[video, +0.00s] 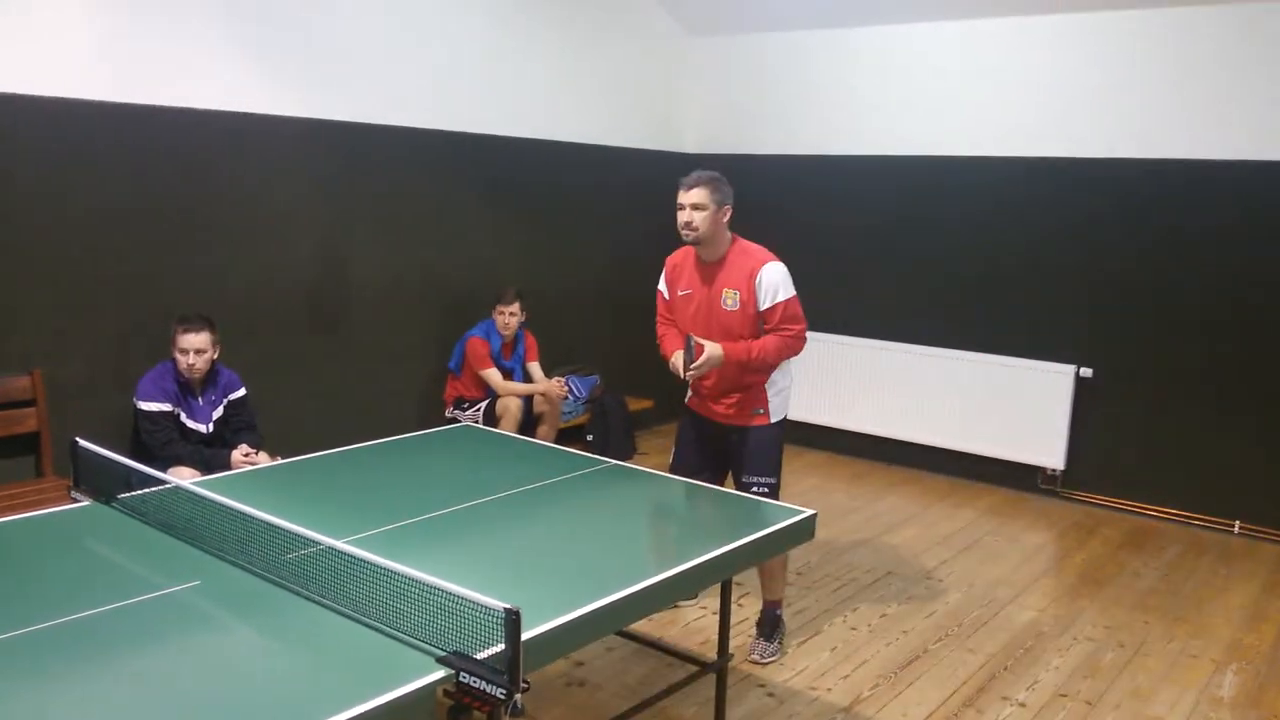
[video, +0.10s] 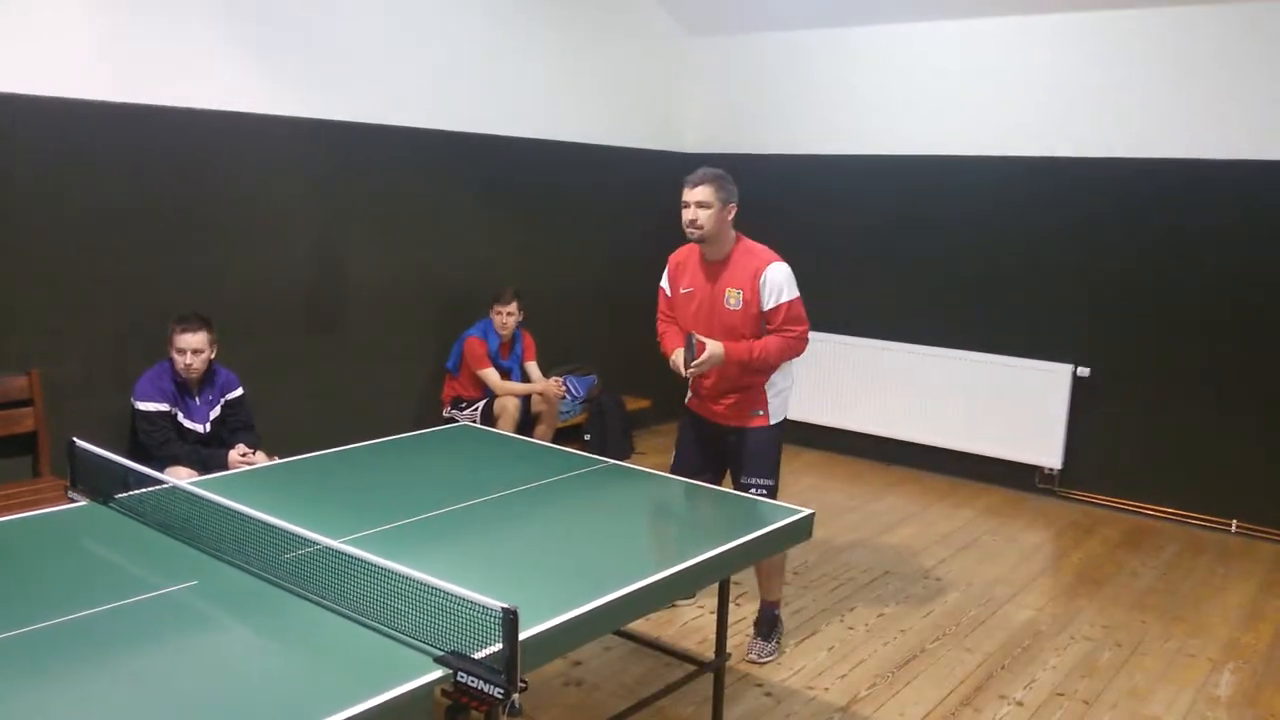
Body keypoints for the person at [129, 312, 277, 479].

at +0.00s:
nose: (191, 362)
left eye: (199, 353)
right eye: (183, 353)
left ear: (215, 352)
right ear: (173, 351)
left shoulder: (228, 382)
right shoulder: (153, 387)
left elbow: (244, 429)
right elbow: (166, 450)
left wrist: (245, 448)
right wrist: (226, 460)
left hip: (218, 460)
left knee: (263, 462)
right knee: (187, 477)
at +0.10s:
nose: (188, 362)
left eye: (197, 353)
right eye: (180, 353)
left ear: (212, 352)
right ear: (170, 351)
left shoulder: (226, 382)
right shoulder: (150, 388)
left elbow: (241, 429)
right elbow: (163, 450)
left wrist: (241, 448)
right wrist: (223, 460)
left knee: (260, 461)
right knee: (184, 477)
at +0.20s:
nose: (190, 361)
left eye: (198, 352)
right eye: (182, 352)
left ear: (214, 351)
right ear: (172, 351)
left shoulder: (227, 381)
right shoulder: (151, 387)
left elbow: (243, 428)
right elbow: (164, 450)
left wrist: (243, 447)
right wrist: (224, 459)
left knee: (262, 460)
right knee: (185, 476)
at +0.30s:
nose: (188, 360)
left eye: (197, 351)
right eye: (180, 351)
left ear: (212, 351)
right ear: (170, 350)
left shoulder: (225, 380)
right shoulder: (150, 386)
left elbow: (240, 428)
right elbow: (162, 449)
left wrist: (241, 447)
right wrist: (223, 458)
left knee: (260, 460)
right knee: (184, 476)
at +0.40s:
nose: (188, 360)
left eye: (197, 351)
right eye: (180, 351)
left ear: (212, 350)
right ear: (170, 350)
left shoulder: (225, 380)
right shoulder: (150, 386)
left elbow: (241, 427)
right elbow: (161, 449)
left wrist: (241, 446)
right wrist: (223, 458)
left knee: (261, 460)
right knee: (184, 475)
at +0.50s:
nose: (185, 359)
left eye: (194, 350)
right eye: (177, 350)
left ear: (209, 349)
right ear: (166, 349)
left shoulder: (221, 379)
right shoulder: (145, 386)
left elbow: (237, 427)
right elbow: (157, 448)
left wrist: (237, 446)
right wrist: (219, 458)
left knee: (257, 459)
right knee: (181, 475)